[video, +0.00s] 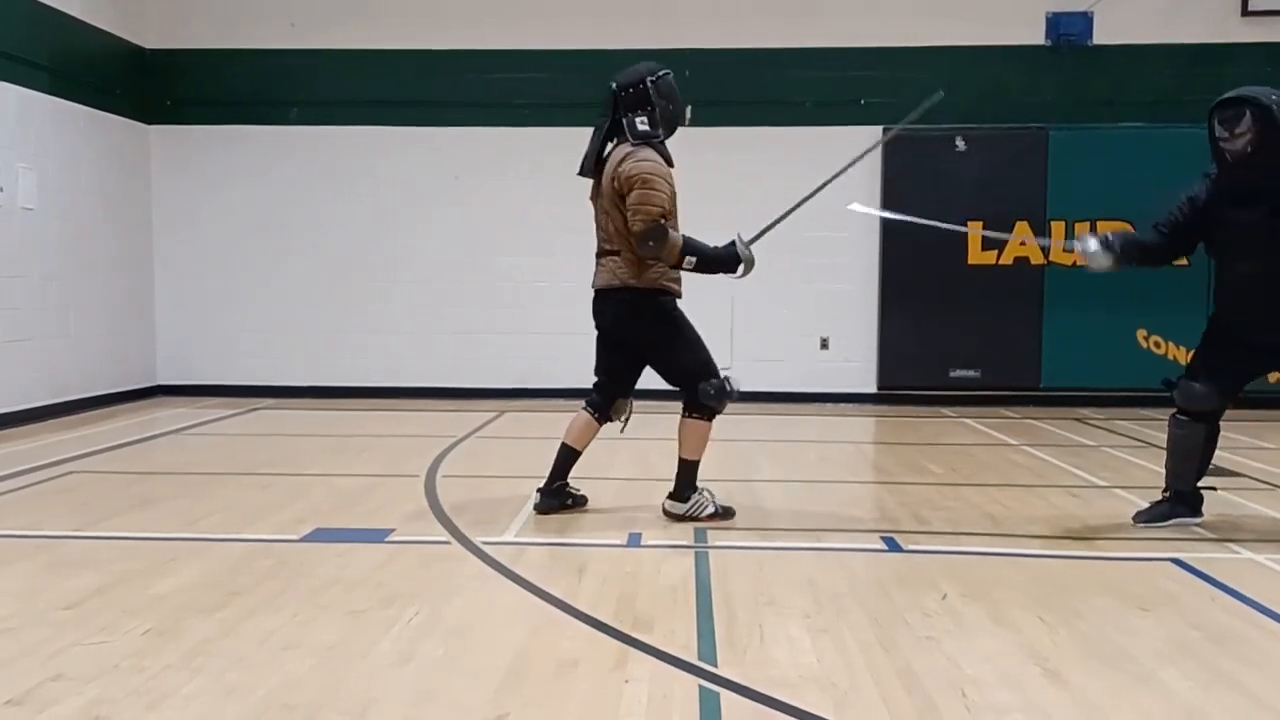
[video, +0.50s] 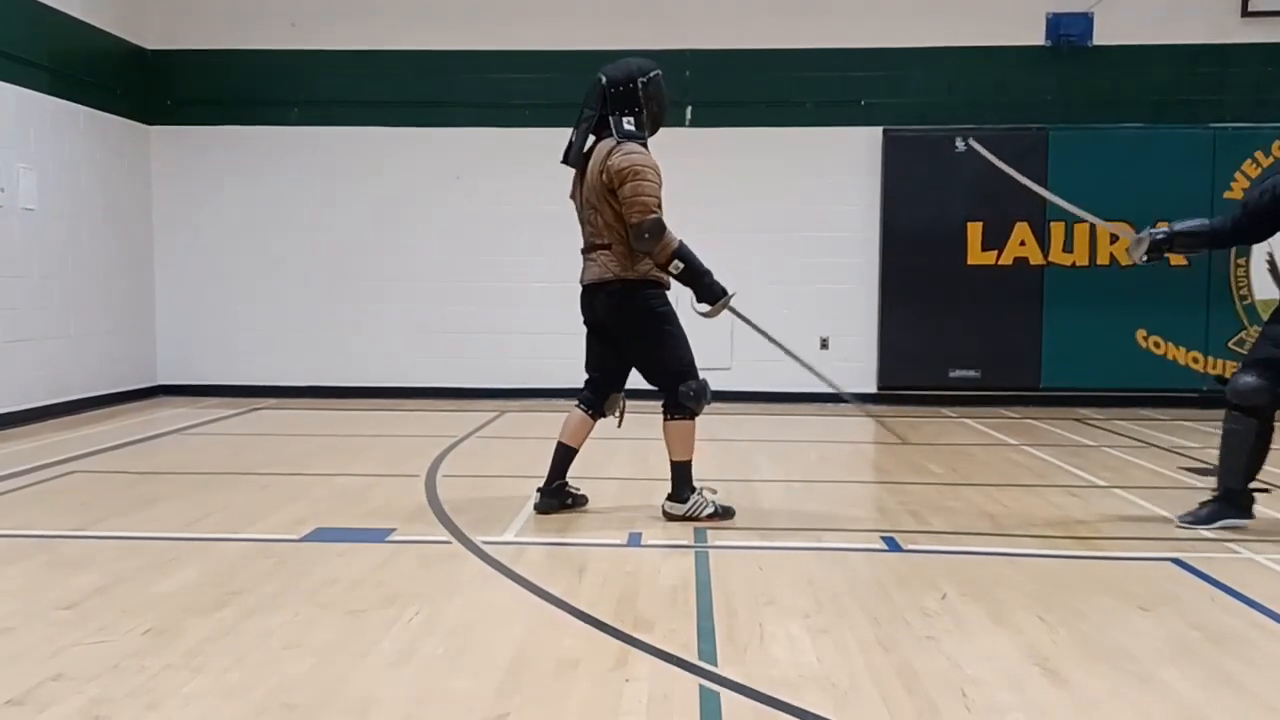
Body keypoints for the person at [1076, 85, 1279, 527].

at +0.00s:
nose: (1226, 136)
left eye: (1239, 127)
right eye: (1222, 128)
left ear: (1267, 132)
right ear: (1216, 134)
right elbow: (1169, 239)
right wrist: (1118, 248)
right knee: (1197, 394)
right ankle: (1181, 496)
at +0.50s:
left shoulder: (1273, 191)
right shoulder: (1272, 189)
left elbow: (1238, 227)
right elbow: (1238, 226)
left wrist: (1163, 237)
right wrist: (1165, 237)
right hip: (1279, 317)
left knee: (1252, 388)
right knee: (1251, 388)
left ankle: (1233, 498)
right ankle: (1232, 497)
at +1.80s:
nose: (1270, 125)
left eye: (1276, 116)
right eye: (1265, 116)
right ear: (1257, 123)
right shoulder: (1254, 178)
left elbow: (1193, 213)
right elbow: (1192, 213)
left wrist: (1114, 219)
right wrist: (1112, 220)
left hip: (1270, 316)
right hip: (1259, 314)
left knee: (1209, 388)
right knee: (1203, 389)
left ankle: (1193, 493)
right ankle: (1193, 494)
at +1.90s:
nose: (1253, 128)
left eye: (1265, 117)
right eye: (1248, 118)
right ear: (1240, 126)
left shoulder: (1269, 184)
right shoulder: (1238, 190)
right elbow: (1174, 224)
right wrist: (1097, 223)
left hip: (1269, 322)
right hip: (1250, 320)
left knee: (1191, 388)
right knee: (1186, 389)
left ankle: (1143, 488)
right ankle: (1142, 490)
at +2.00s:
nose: (1220, 133)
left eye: (1234, 125)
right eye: (1218, 124)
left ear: (1263, 132)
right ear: (1211, 128)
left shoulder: (1271, 189)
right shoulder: (1211, 194)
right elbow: (1144, 225)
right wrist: (1069, 217)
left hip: (1270, 328)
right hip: (1223, 328)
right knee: (1165, 403)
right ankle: (1103, 491)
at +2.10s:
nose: (1179, 144)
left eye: (1193, 134)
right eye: (1178, 134)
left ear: (1224, 141)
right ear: (1171, 138)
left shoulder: (1261, 194)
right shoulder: (1166, 201)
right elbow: (1102, 219)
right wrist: (1036, 202)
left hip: (1251, 341)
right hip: (1179, 343)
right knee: (1124, 405)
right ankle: (1083, 500)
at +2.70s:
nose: (1193, 138)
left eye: (1207, 130)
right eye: (1194, 128)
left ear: (1239, 133)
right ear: (1192, 130)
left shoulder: (1268, 188)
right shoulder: (1190, 195)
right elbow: (1137, 240)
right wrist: (1076, 255)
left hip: (1252, 333)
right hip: (1184, 330)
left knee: (1274, 429)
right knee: (1134, 406)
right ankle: (1087, 496)